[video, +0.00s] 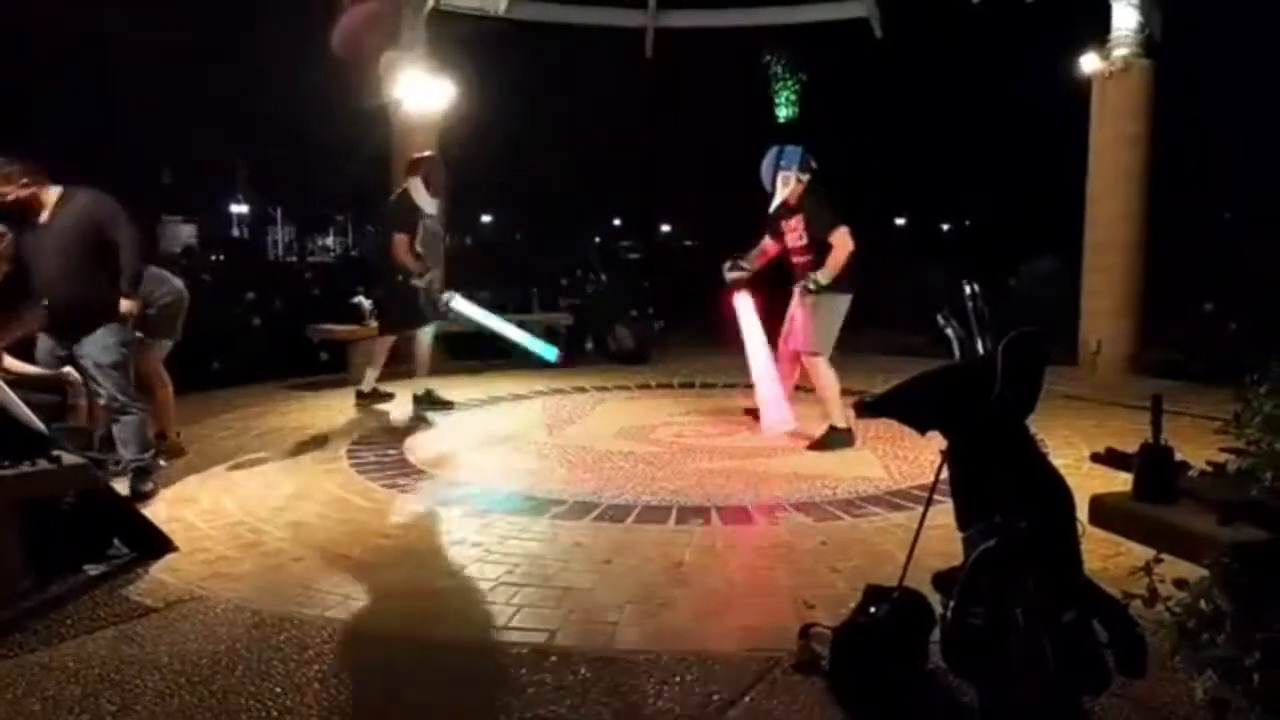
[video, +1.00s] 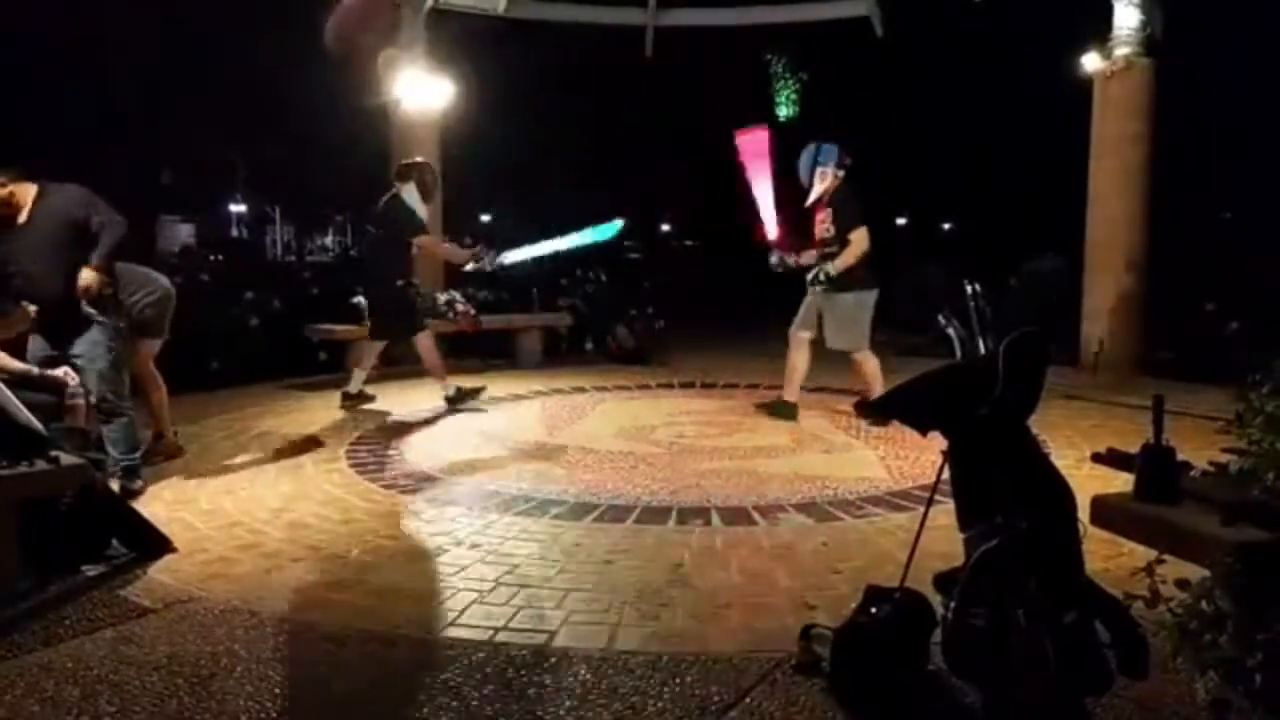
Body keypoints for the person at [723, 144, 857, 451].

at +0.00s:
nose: (781, 187)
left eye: (787, 180)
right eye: (778, 180)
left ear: (800, 179)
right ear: (774, 179)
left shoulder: (815, 206)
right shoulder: (781, 214)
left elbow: (844, 243)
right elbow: (769, 246)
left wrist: (821, 278)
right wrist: (747, 265)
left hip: (829, 290)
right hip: (804, 289)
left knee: (813, 355)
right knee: (788, 351)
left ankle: (839, 425)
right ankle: (774, 407)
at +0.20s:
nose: (772, 187)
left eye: (778, 180)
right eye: (768, 180)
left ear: (789, 179)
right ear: (761, 180)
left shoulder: (802, 206)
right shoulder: (764, 209)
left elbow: (835, 237)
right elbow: (735, 223)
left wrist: (837, 279)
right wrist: (707, 233)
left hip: (817, 293)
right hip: (790, 292)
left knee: (827, 355)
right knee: (776, 346)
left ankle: (841, 424)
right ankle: (772, 406)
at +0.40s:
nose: (756, 183)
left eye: (760, 176)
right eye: (755, 177)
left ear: (774, 173)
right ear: (756, 175)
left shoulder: (793, 200)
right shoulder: (763, 200)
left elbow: (823, 230)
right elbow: (738, 197)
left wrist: (829, 269)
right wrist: (713, 178)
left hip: (816, 289)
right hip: (788, 289)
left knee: (830, 348)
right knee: (780, 348)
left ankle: (858, 405)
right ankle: (773, 406)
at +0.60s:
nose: (769, 180)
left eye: (774, 174)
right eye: (767, 173)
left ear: (787, 175)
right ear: (763, 173)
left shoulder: (802, 203)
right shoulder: (769, 203)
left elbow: (827, 238)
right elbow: (763, 231)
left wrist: (814, 273)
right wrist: (741, 207)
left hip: (823, 289)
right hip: (788, 288)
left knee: (838, 349)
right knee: (771, 341)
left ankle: (869, 397)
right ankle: (772, 406)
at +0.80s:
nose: (806, 192)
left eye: (811, 185)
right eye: (802, 186)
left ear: (821, 185)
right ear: (796, 187)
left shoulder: (834, 213)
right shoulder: (799, 216)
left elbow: (853, 256)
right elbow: (809, 259)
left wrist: (825, 282)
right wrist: (780, 255)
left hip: (846, 295)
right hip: (812, 292)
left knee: (849, 354)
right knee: (782, 340)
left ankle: (876, 401)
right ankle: (773, 406)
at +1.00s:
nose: (817, 182)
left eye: (821, 175)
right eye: (815, 175)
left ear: (832, 173)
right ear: (813, 174)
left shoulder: (845, 200)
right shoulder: (821, 203)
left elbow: (861, 242)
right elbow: (826, 249)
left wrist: (831, 268)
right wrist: (792, 260)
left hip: (854, 287)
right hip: (824, 285)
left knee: (857, 349)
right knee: (799, 335)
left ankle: (879, 401)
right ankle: (788, 400)